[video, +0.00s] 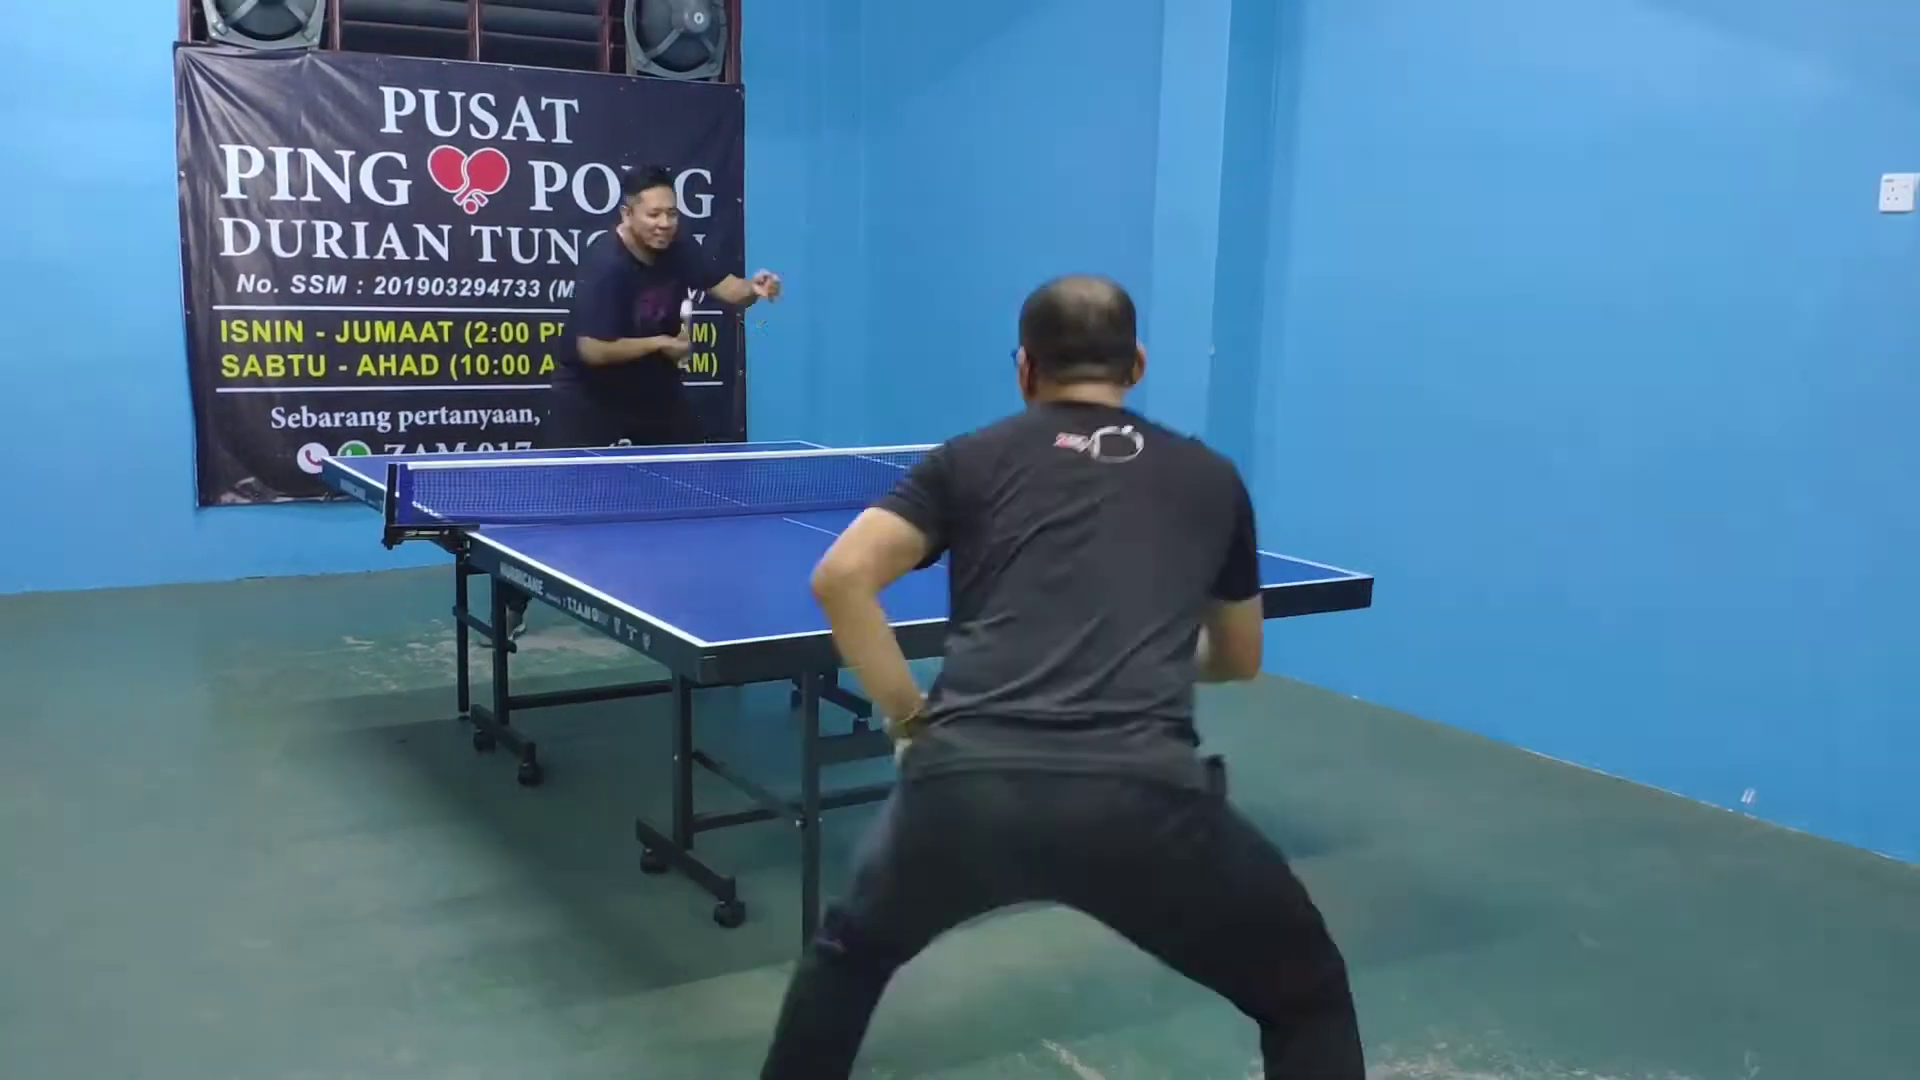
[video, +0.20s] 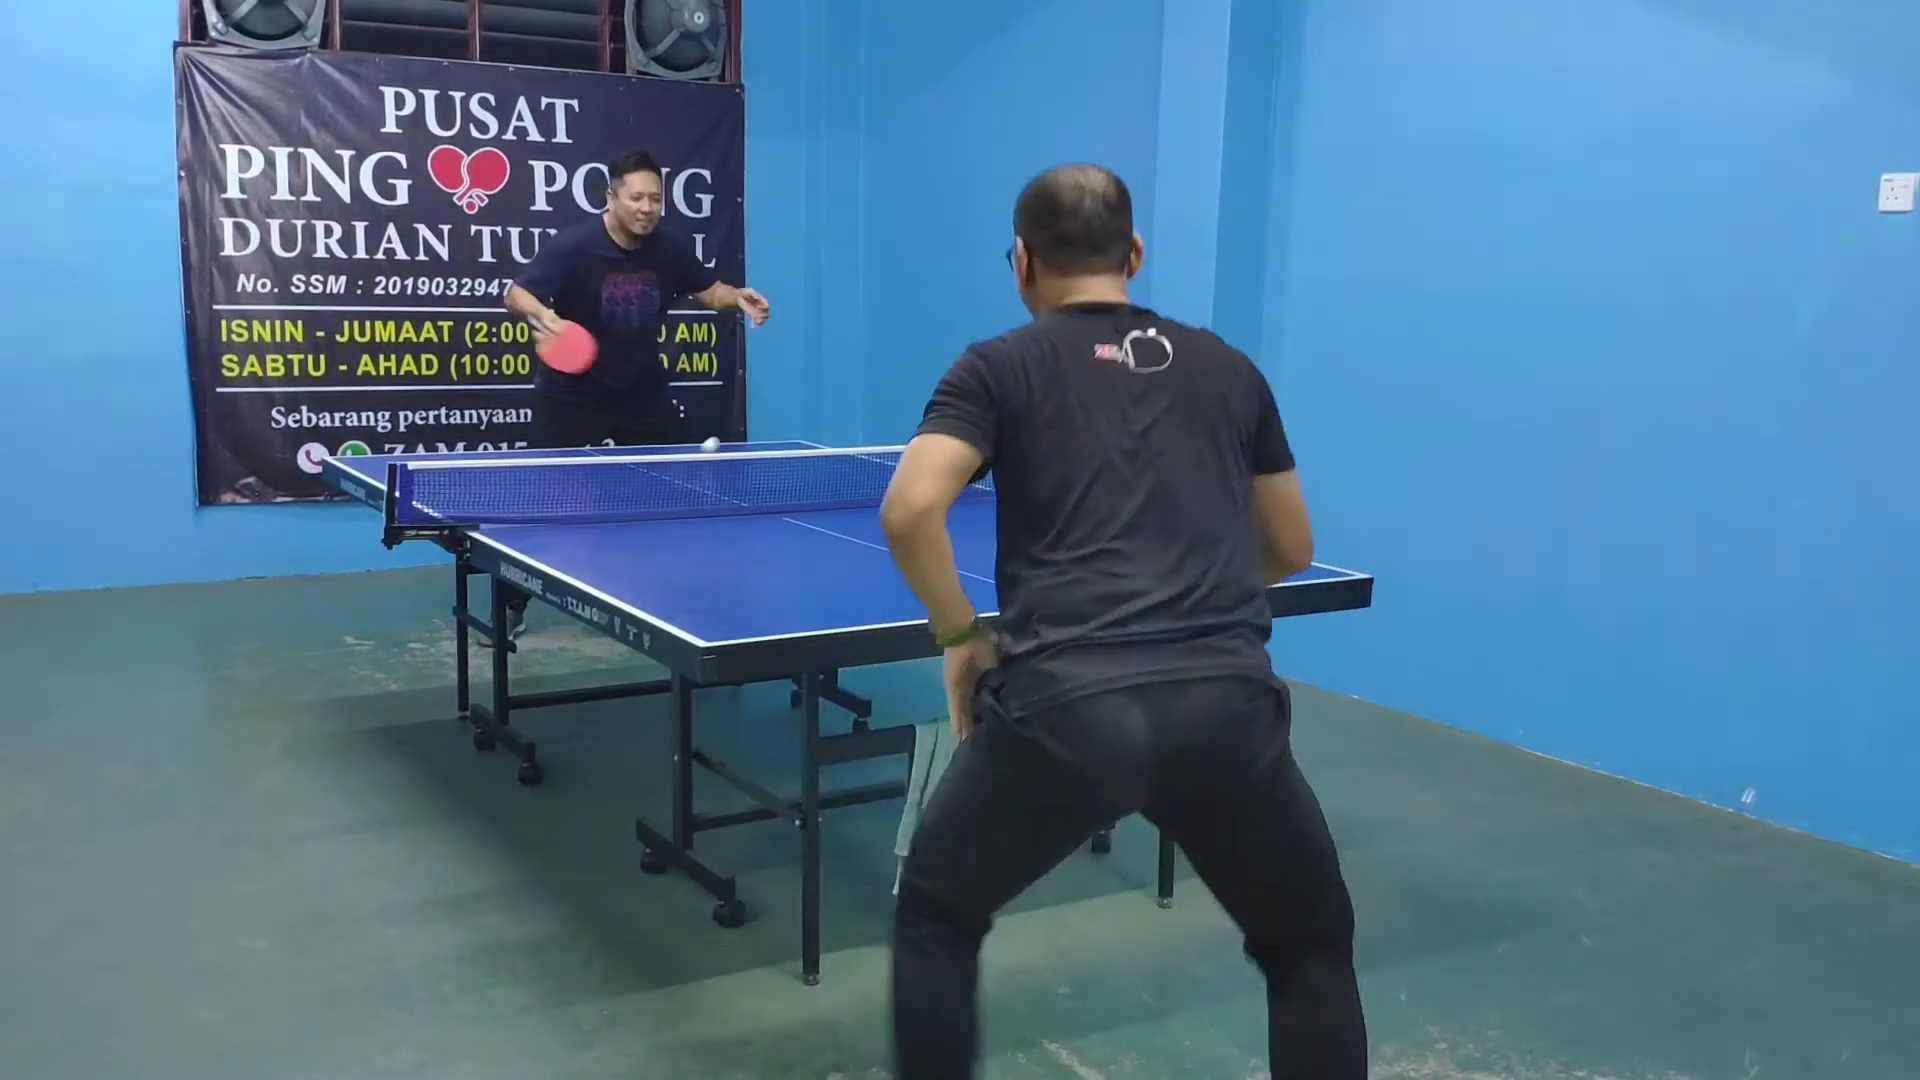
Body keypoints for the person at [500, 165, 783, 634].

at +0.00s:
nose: (663, 223)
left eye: (670, 213)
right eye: (652, 214)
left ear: (678, 213)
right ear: (626, 215)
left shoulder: (678, 246)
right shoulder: (605, 262)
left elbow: (722, 287)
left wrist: (752, 289)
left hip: (655, 392)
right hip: (591, 396)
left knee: (696, 480)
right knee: (558, 493)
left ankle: (700, 591)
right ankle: (510, 601)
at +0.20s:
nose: (647, 208)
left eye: (654, 198)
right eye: (636, 198)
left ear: (662, 202)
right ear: (610, 198)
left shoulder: (666, 248)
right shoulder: (574, 247)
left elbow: (705, 289)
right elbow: (517, 293)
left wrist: (738, 297)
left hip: (643, 394)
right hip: (571, 397)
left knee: (692, 480)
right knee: (547, 496)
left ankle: (695, 591)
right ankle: (511, 602)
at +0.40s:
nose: (629, 188)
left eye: (638, 179)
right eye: (619, 178)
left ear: (648, 185)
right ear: (596, 183)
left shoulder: (661, 239)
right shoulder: (562, 238)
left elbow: (696, 287)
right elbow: (505, 281)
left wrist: (716, 294)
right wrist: (522, 306)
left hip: (638, 394)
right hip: (565, 396)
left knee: (672, 488)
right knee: (540, 496)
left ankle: (672, 599)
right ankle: (510, 603)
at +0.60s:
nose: (620, 184)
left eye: (628, 175)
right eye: (609, 175)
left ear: (640, 182)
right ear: (589, 181)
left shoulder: (662, 237)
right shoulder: (557, 240)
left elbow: (699, 283)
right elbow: (520, 297)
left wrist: (711, 290)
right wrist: (537, 317)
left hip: (646, 395)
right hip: (571, 396)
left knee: (674, 493)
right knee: (544, 496)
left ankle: (677, 603)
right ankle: (511, 601)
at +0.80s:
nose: (615, 191)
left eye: (623, 181)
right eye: (603, 182)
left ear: (637, 186)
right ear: (585, 188)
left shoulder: (665, 240)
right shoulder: (559, 244)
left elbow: (714, 286)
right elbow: (531, 308)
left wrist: (712, 294)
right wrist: (545, 327)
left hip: (650, 395)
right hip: (575, 397)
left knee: (673, 493)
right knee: (544, 495)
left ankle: (676, 602)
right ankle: (511, 602)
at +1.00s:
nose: (585, 204)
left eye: (595, 194)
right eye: (576, 195)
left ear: (618, 196)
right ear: (567, 200)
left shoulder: (655, 244)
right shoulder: (549, 254)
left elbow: (711, 297)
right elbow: (517, 313)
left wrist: (692, 311)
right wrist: (497, 341)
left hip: (648, 409)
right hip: (574, 411)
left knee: (660, 510)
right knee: (540, 505)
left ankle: (664, 609)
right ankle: (502, 605)